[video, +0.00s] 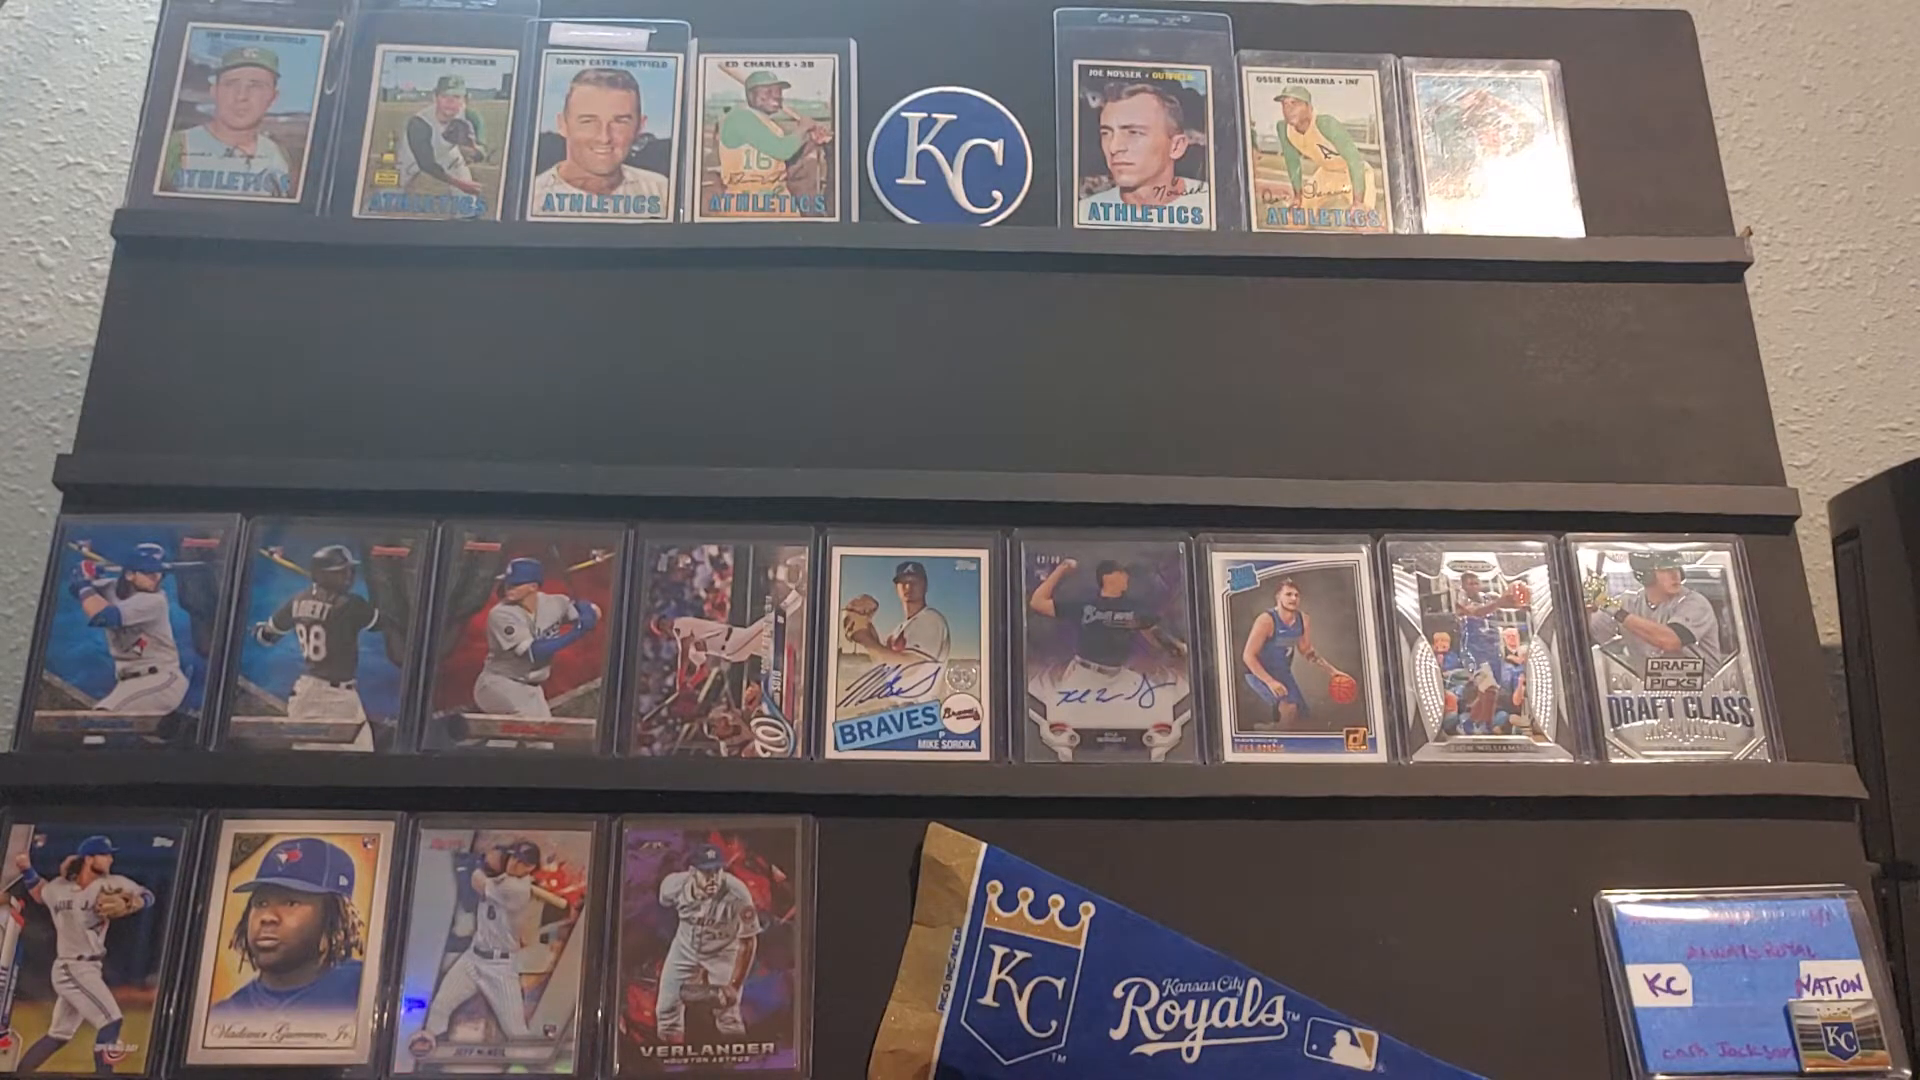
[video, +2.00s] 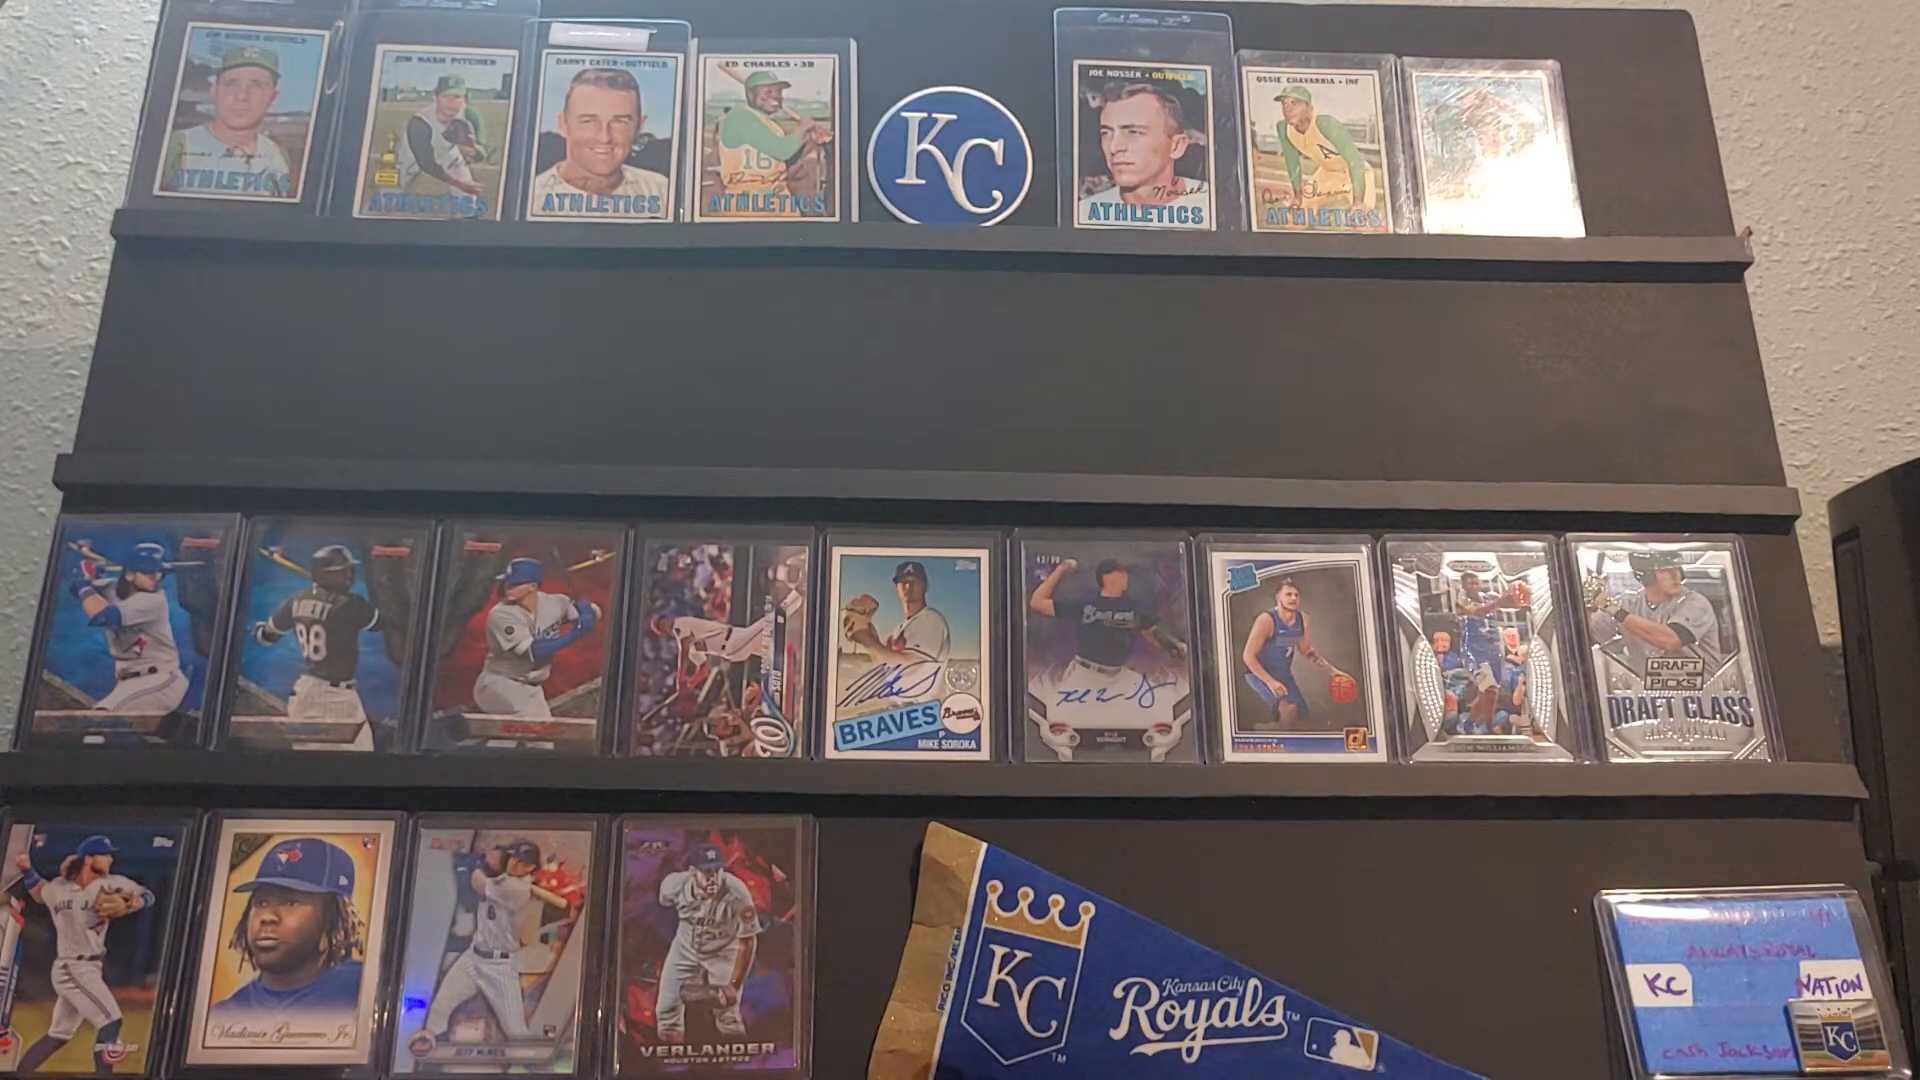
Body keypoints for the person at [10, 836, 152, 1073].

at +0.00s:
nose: (110, 859)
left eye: (110, 855)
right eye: (105, 855)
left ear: (96, 861)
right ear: (89, 859)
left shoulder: (111, 884)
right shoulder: (58, 888)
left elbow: (148, 896)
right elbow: (39, 892)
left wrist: (130, 904)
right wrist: (26, 870)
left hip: (90, 969)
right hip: (71, 969)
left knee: (58, 1036)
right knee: (111, 1020)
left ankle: (19, 1073)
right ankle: (104, 1074)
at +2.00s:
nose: (110, 859)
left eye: (110, 855)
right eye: (105, 855)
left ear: (97, 861)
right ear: (89, 859)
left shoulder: (110, 884)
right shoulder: (58, 888)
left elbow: (148, 896)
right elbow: (40, 891)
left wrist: (129, 904)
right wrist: (27, 870)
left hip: (90, 969)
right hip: (71, 969)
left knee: (59, 1035)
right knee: (111, 1020)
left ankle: (19, 1072)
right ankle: (104, 1074)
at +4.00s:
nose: (110, 859)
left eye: (110, 855)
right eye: (105, 855)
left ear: (95, 861)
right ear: (89, 859)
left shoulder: (112, 884)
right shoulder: (58, 888)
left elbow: (149, 896)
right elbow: (39, 892)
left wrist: (134, 904)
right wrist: (27, 869)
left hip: (90, 968)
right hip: (71, 968)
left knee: (58, 1035)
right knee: (111, 1020)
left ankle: (19, 1072)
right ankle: (104, 1074)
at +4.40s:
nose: (110, 859)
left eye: (110, 855)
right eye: (105, 855)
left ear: (94, 861)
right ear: (89, 860)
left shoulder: (112, 884)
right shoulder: (58, 889)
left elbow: (148, 896)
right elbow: (39, 891)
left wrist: (134, 904)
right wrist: (27, 869)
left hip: (90, 968)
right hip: (71, 968)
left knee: (58, 1035)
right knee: (111, 1020)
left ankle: (19, 1073)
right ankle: (104, 1074)